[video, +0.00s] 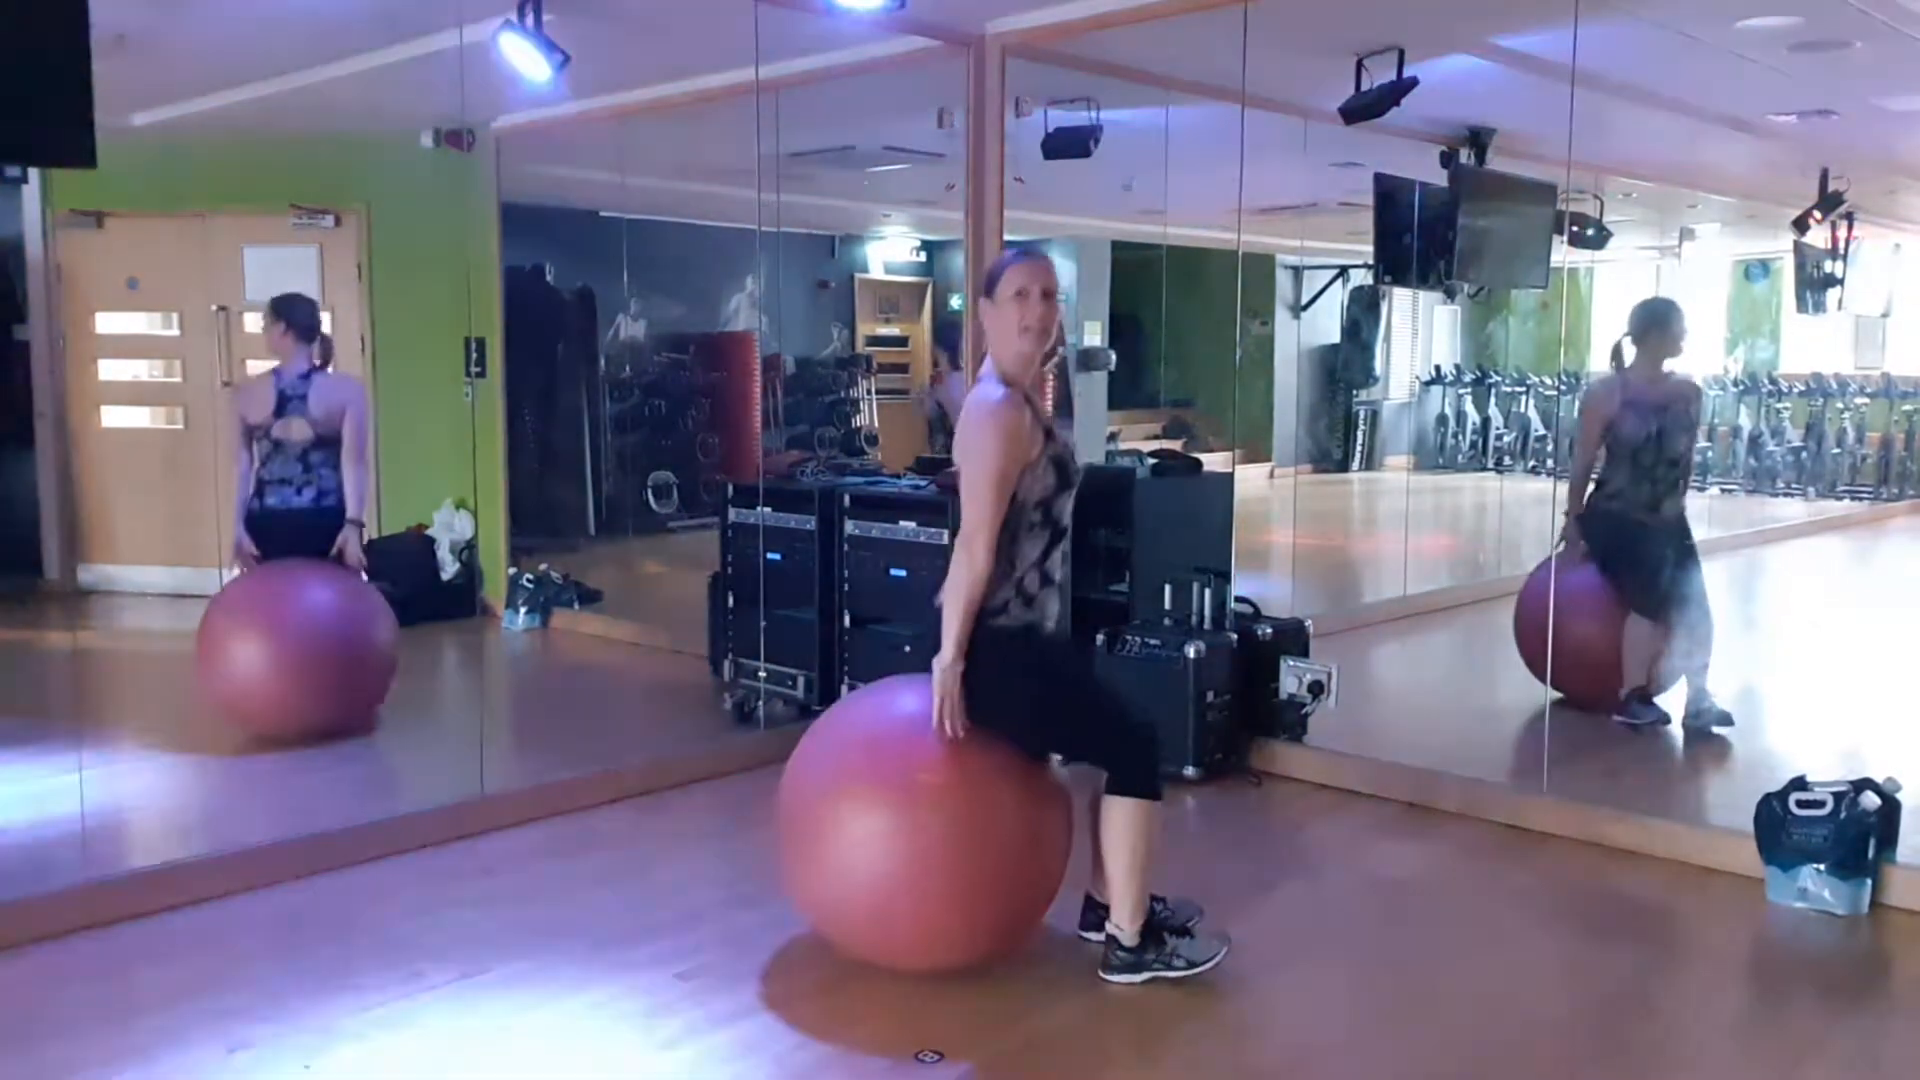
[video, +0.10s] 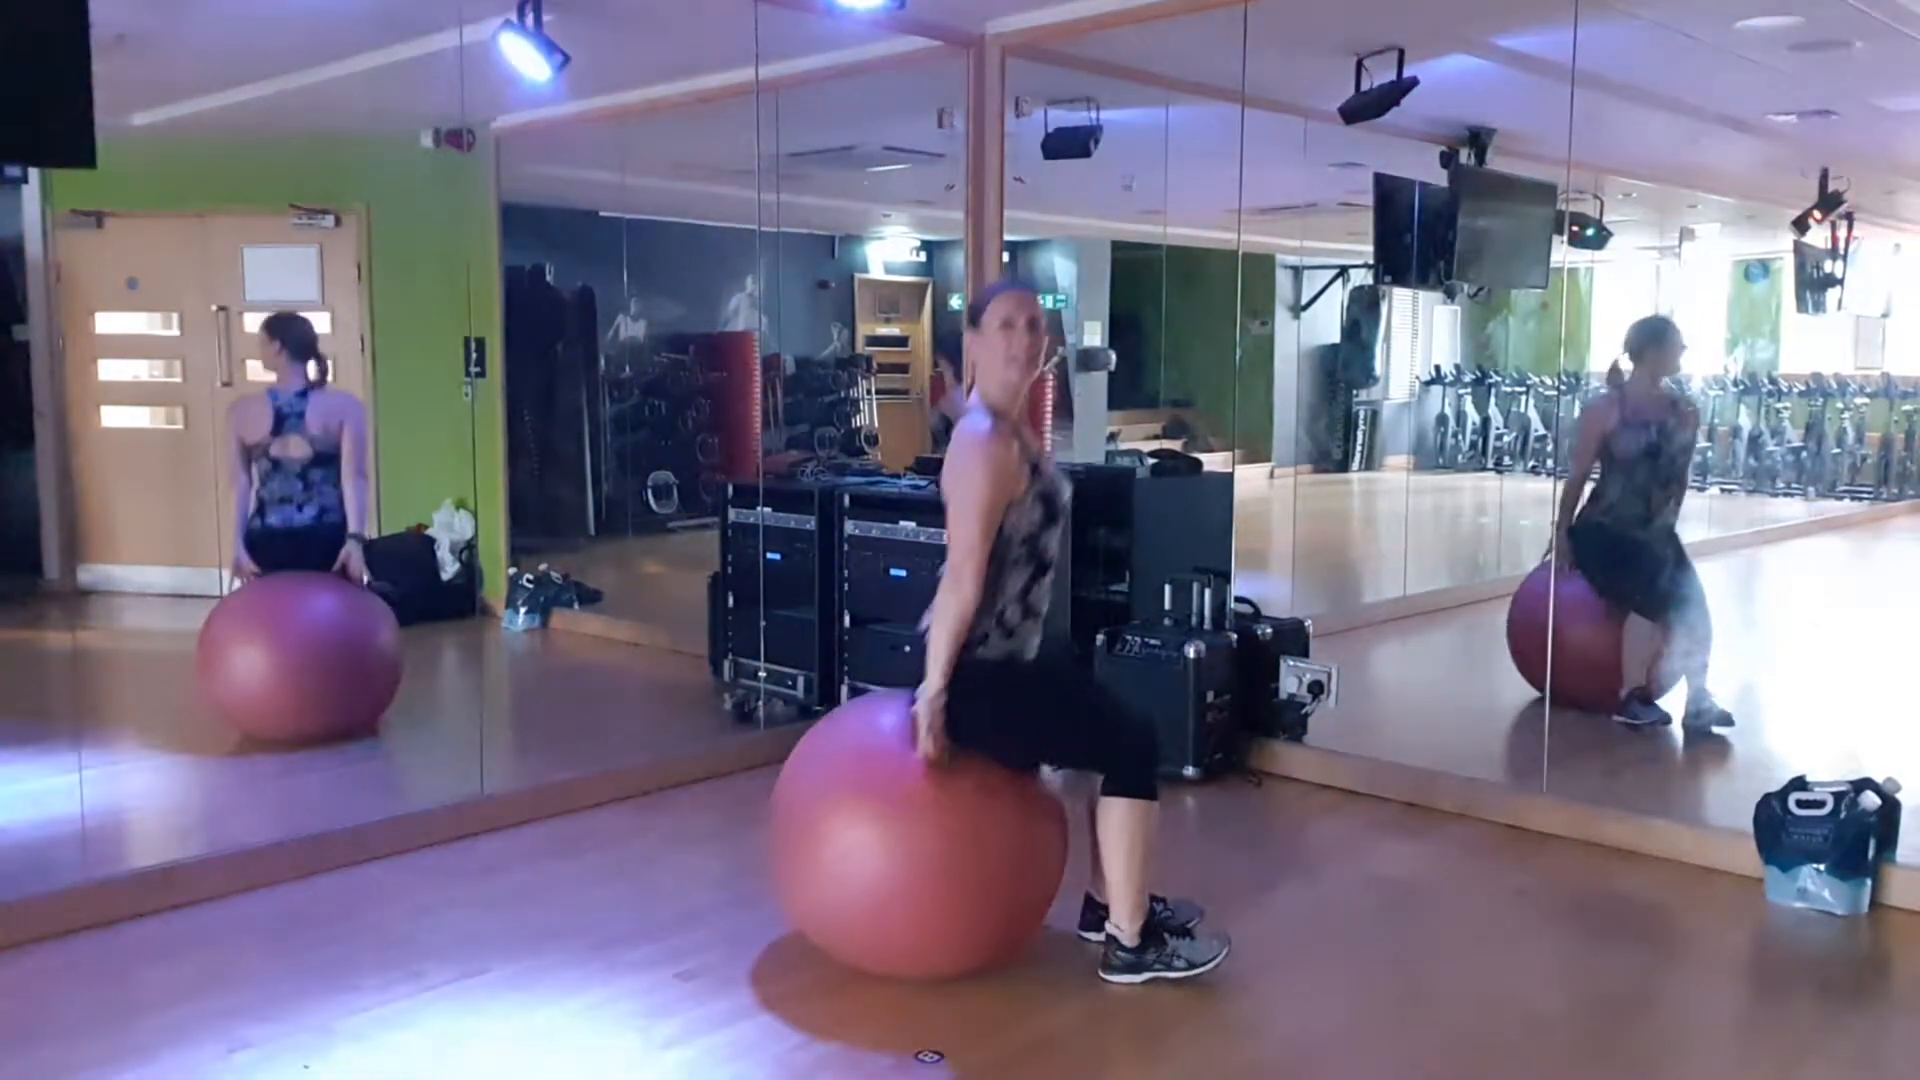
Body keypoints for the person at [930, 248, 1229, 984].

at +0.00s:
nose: (1040, 310)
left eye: (1049, 297)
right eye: (1022, 297)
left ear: (1058, 309)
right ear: (986, 311)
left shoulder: (1012, 401)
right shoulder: (995, 410)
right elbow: (975, 544)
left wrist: (1045, 402)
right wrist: (950, 657)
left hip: (1014, 644)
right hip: (1002, 654)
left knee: (1122, 735)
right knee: (1133, 742)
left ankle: (1108, 903)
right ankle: (1131, 935)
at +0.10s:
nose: (1029, 341)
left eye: (1037, 327)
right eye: (1009, 328)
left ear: (1046, 343)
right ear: (971, 345)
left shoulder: (1008, 432)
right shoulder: (982, 444)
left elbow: (984, 569)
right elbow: (963, 576)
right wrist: (933, 692)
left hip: (999, 668)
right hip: (979, 681)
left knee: (1122, 724)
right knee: (1131, 741)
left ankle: (1109, 902)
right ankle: (1130, 937)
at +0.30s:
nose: (997, 398)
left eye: (1006, 384)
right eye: (978, 385)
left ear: (1015, 399)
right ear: (943, 401)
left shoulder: (987, 479)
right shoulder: (947, 496)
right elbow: (907, 612)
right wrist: (882, 723)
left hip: (976, 697)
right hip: (939, 719)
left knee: (1106, 729)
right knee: (1111, 740)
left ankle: (1111, 900)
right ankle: (1131, 938)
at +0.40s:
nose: (986, 401)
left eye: (995, 387)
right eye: (966, 387)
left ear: (1005, 402)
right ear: (933, 405)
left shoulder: (978, 477)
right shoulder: (935, 495)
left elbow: (1021, 442)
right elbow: (895, 612)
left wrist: (1001, 390)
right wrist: (871, 724)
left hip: (964, 700)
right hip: (927, 720)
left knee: (1105, 730)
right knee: (1102, 741)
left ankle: (1122, 900)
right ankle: (1134, 937)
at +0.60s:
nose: (993, 386)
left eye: (1001, 373)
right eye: (978, 371)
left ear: (1005, 380)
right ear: (937, 375)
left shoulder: (971, 454)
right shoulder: (927, 466)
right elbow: (880, 589)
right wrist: (852, 698)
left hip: (946, 679)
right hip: (903, 694)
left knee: (1078, 731)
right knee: (1058, 749)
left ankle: (1153, 894)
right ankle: (1130, 934)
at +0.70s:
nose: (1006, 402)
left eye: (1012, 388)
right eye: (999, 385)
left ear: (983, 384)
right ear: (952, 374)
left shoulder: (967, 462)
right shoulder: (925, 466)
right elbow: (880, 590)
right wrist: (852, 701)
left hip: (938, 683)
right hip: (898, 695)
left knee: (1070, 735)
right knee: (1056, 750)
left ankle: (1146, 899)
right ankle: (1127, 930)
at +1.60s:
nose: (1026, 437)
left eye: (1030, 422)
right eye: (1023, 419)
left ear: (980, 404)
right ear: (981, 404)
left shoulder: (952, 481)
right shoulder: (930, 492)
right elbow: (868, 604)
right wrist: (818, 707)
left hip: (912, 697)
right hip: (886, 712)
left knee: (1051, 740)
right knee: (1047, 757)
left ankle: (1117, 912)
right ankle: (1122, 929)